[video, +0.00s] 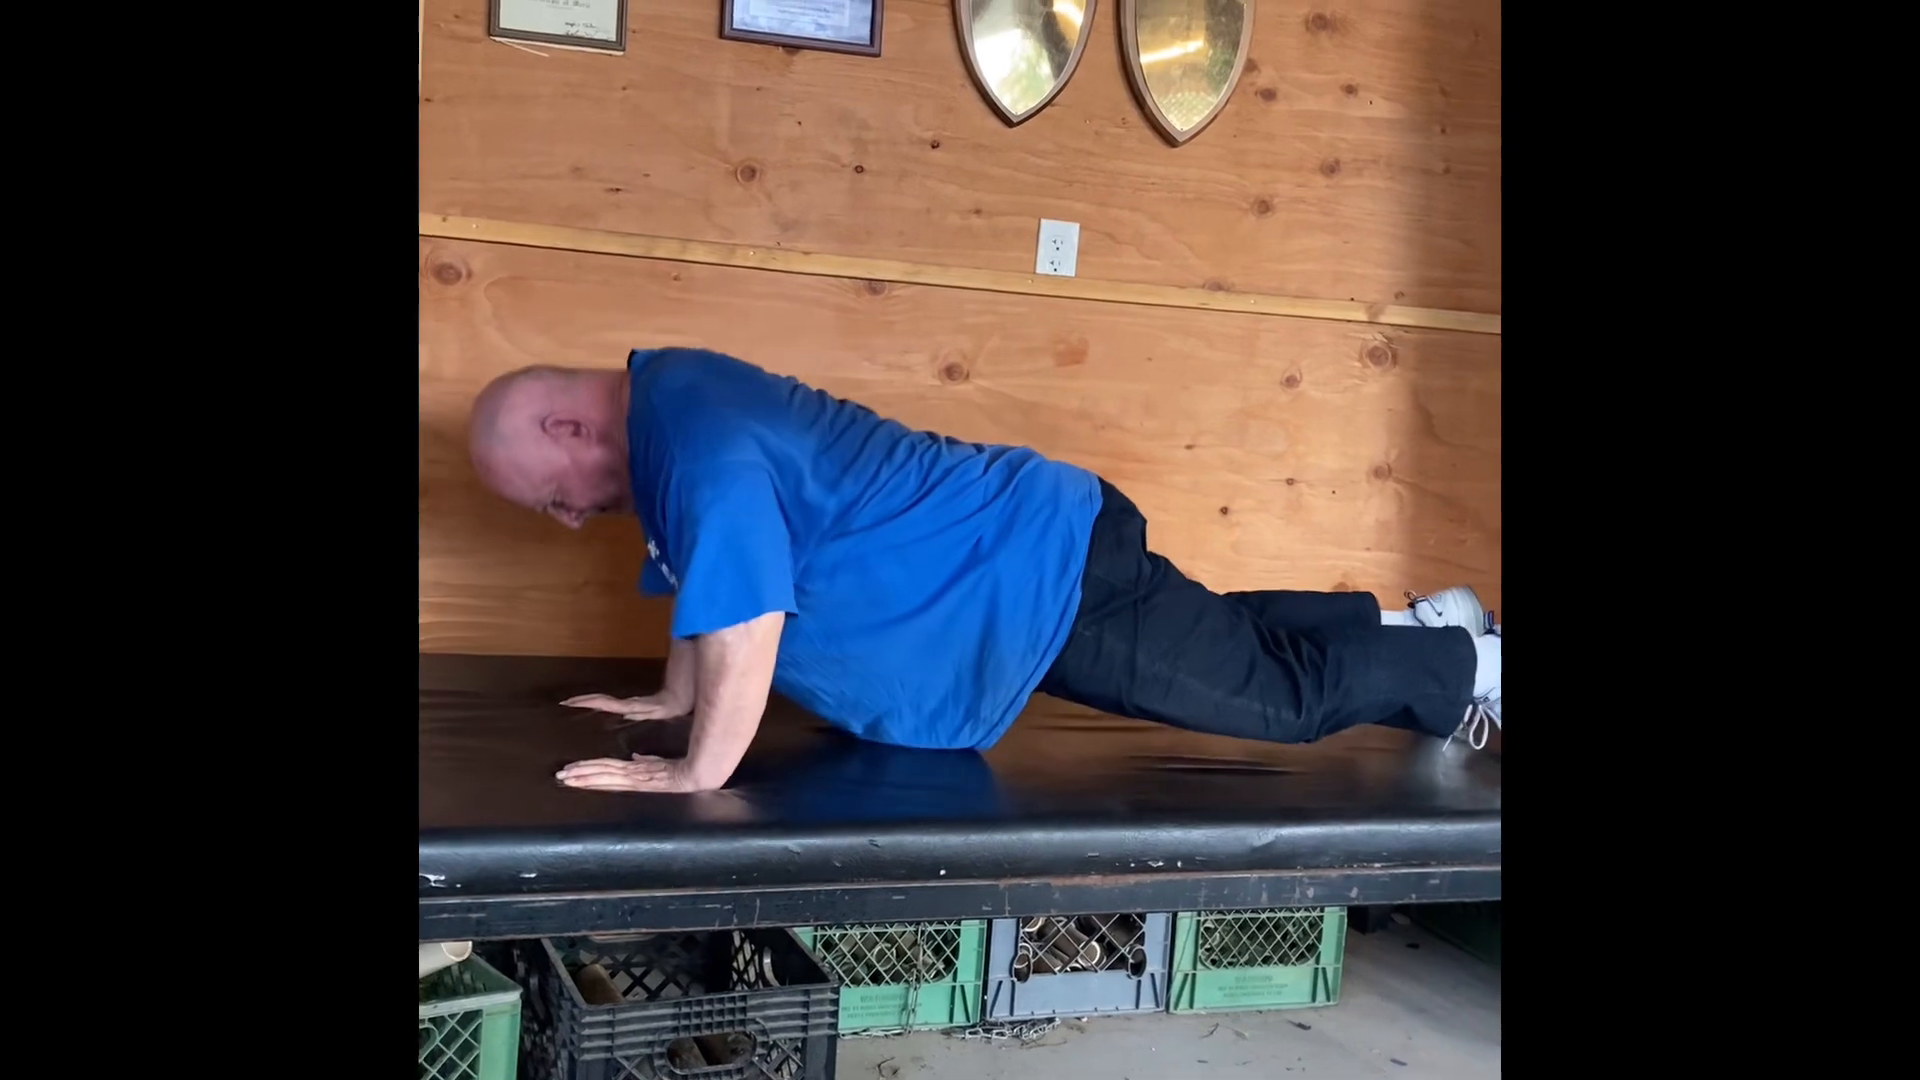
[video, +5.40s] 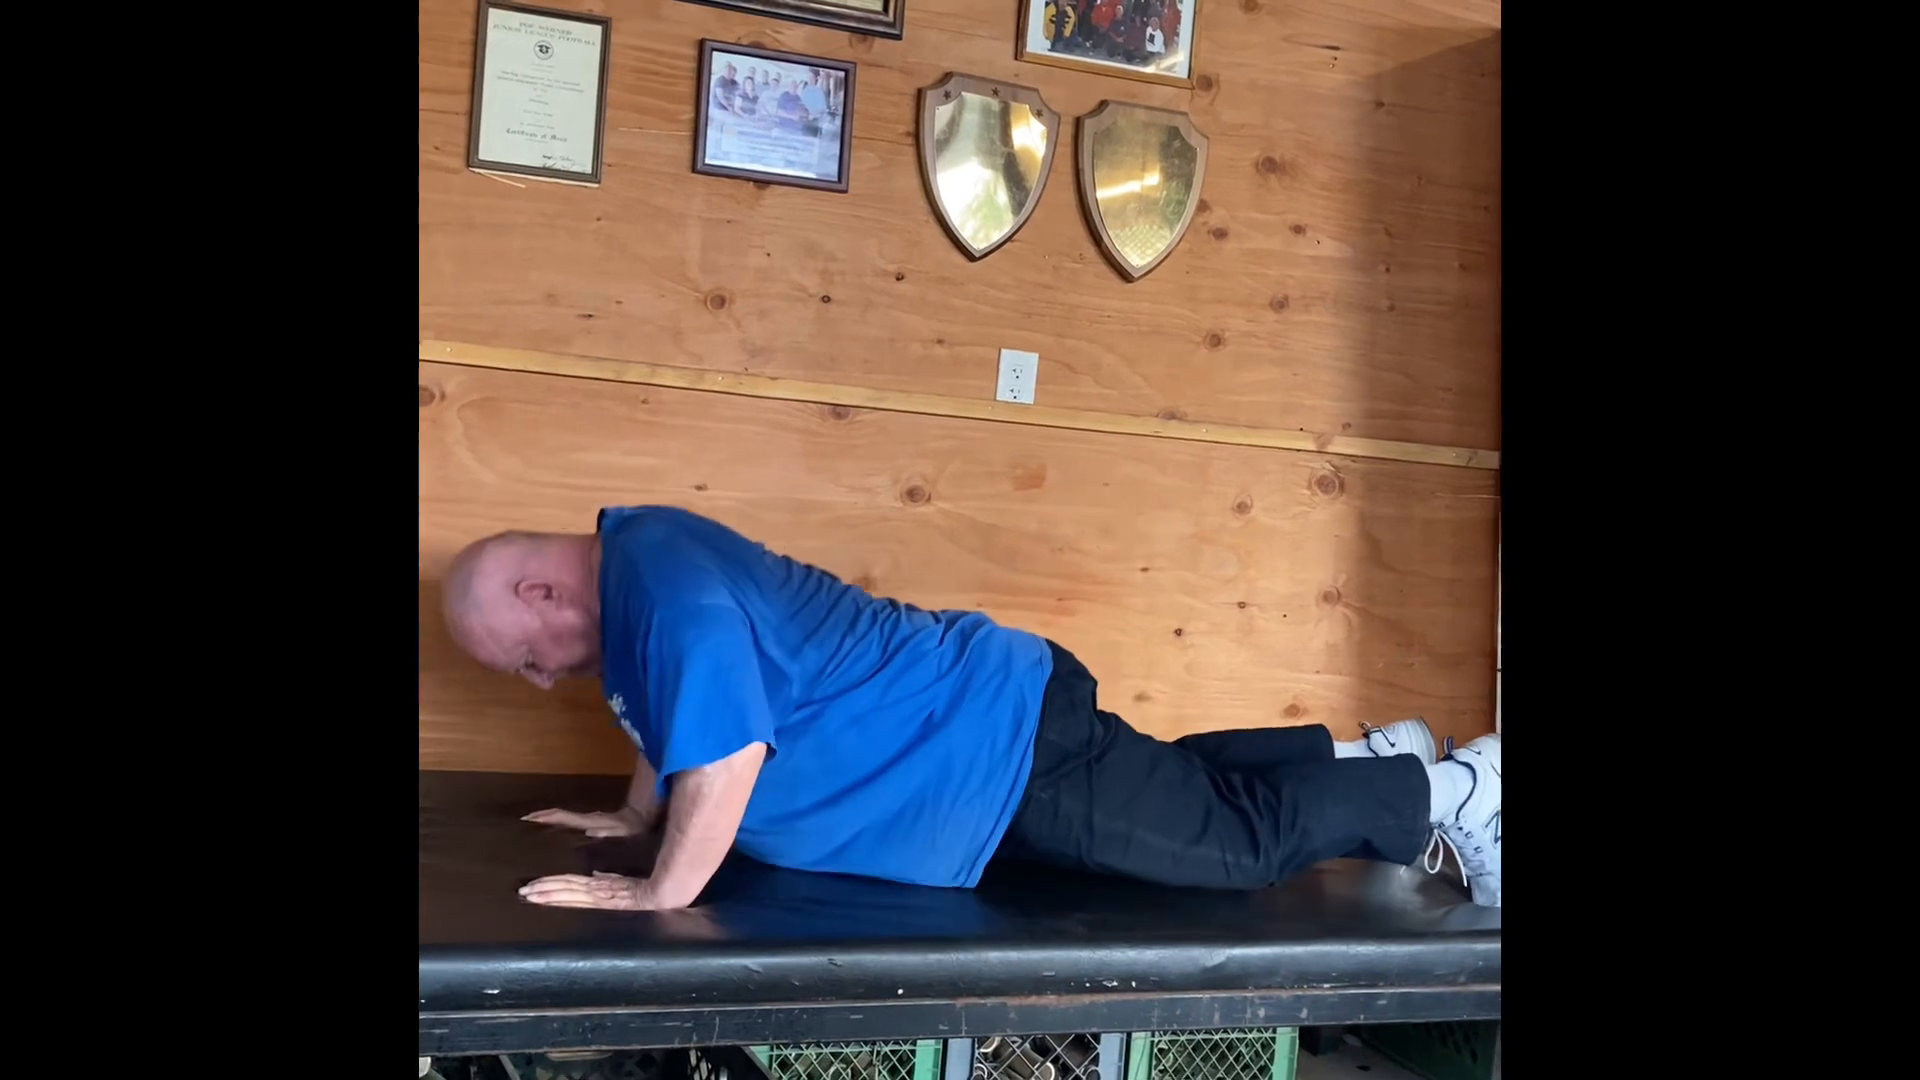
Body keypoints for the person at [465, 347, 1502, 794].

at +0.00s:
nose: (573, 511)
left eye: (556, 491)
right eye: (551, 502)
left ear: (571, 431)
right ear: (569, 415)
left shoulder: (695, 437)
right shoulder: (664, 412)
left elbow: (747, 613)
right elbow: (717, 592)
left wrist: (704, 770)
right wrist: (681, 705)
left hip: (1050, 583)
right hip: (1030, 557)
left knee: (1274, 696)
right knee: (1217, 638)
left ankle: (1462, 662)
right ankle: (1406, 618)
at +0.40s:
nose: (532, 658)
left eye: (511, 649)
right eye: (512, 658)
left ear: (512, 587)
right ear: (508, 573)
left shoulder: (640, 562)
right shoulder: (587, 532)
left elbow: (736, 667)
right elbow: (702, 648)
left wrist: (670, 798)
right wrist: (633, 716)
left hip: (993, 663)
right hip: (969, 670)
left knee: (1222, 755)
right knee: (1178, 705)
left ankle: (1429, 705)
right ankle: (1371, 668)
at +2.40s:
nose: (506, 671)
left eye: (484, 655)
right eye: (485, 668)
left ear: (490, 598)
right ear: (489, 614)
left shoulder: (609, 573)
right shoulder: (579, 597)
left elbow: (692, 727)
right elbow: (704, 715)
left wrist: (630, 864)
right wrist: (622, 788)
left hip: (957, 710)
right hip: (926, 757)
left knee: (1187, 814)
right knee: (1157, 781)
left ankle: (1406, 775)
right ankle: (1356, 736)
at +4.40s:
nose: (539, 657)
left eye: (519, 639)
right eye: (515, 659)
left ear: (523, 584)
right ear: (516, 633)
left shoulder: (648, 590)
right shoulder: (614, 583)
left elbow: (706, 764)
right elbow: (658, 729)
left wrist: (643, 895)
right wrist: (624, 829)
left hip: (989, 736)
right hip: (957, 761)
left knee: (1210, 843)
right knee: (1168, 806)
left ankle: (1418, 809)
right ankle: (1366, 766)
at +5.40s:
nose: (555, 663)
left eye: (535, 648)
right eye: (531, 656)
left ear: (540, 594)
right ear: (537, 597)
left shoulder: (667, 582)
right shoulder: (630, 573)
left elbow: (721, 757)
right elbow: (672, 721)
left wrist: (662, 893)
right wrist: (638, 813)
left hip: (1006, 733)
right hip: (972, 753)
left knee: (1234, 839)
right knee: (1178, 800)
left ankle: (1431, 794)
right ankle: (1368, 754)